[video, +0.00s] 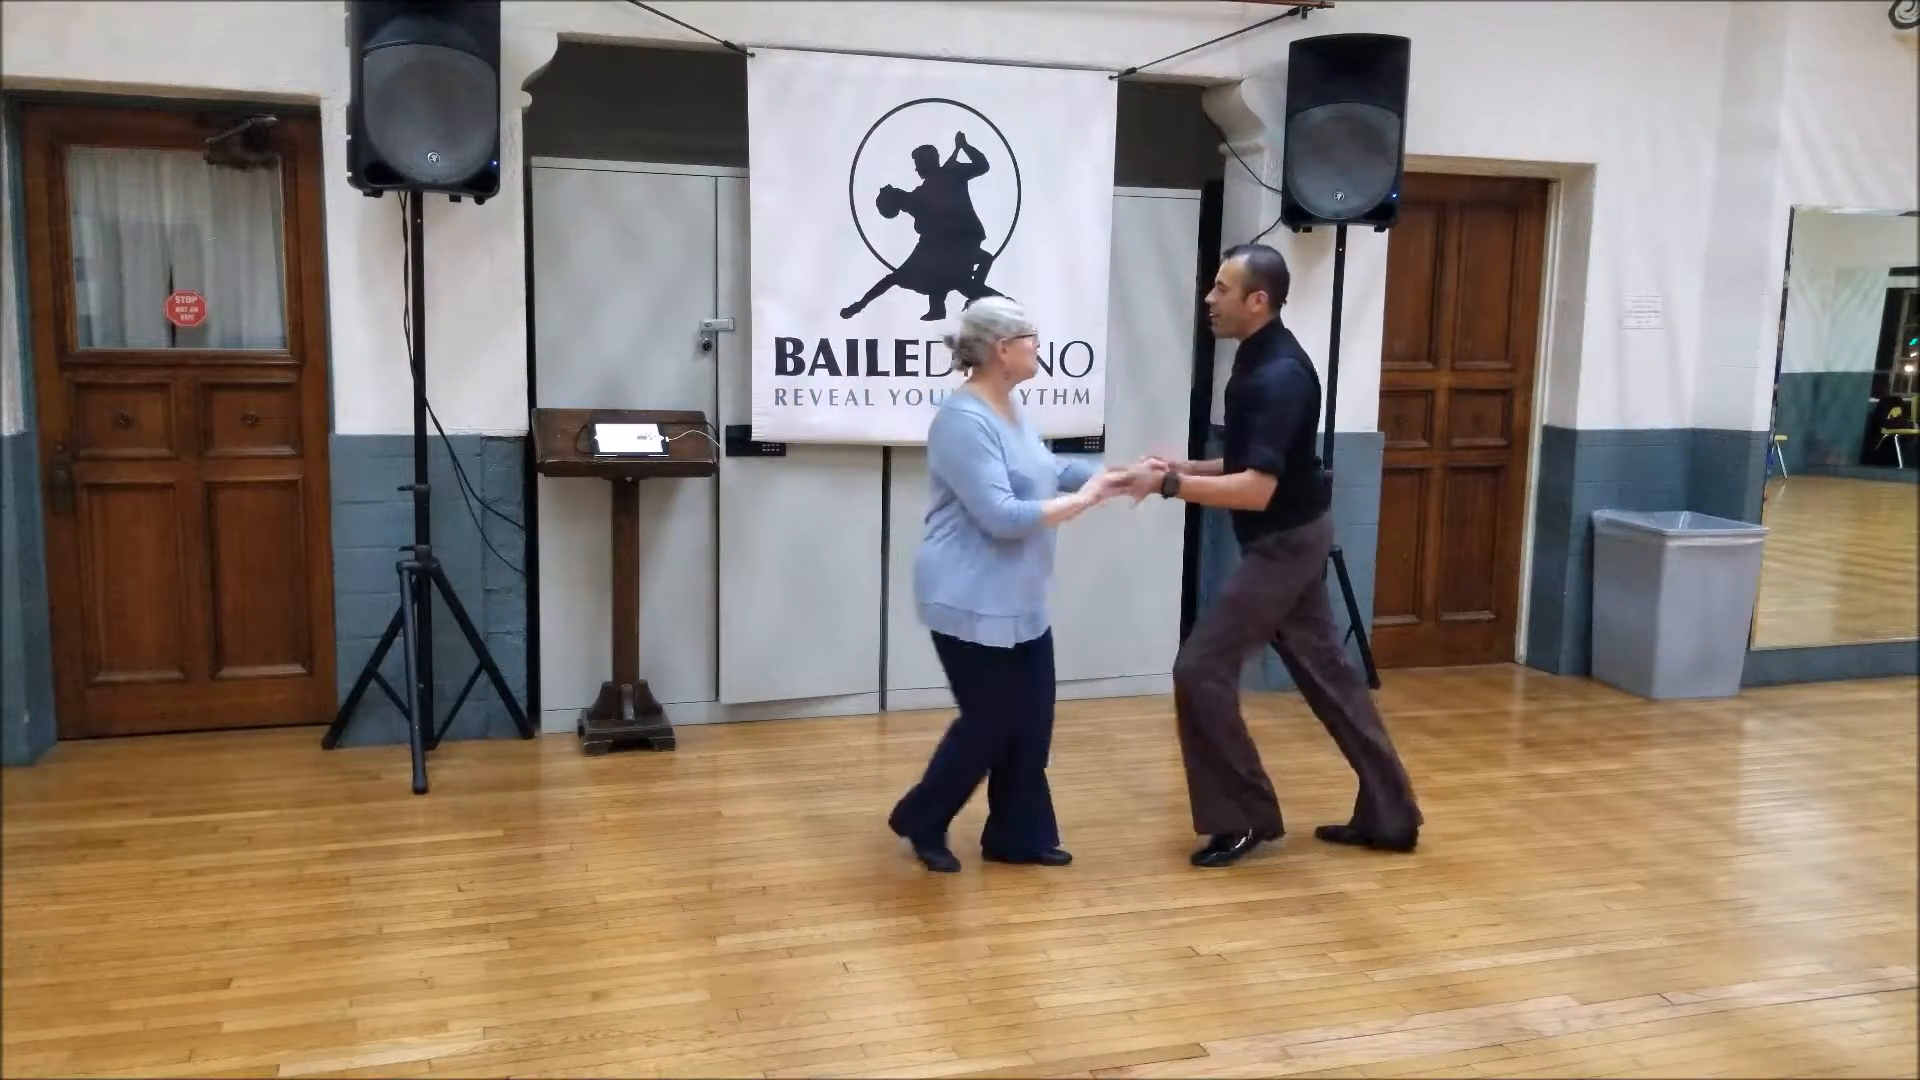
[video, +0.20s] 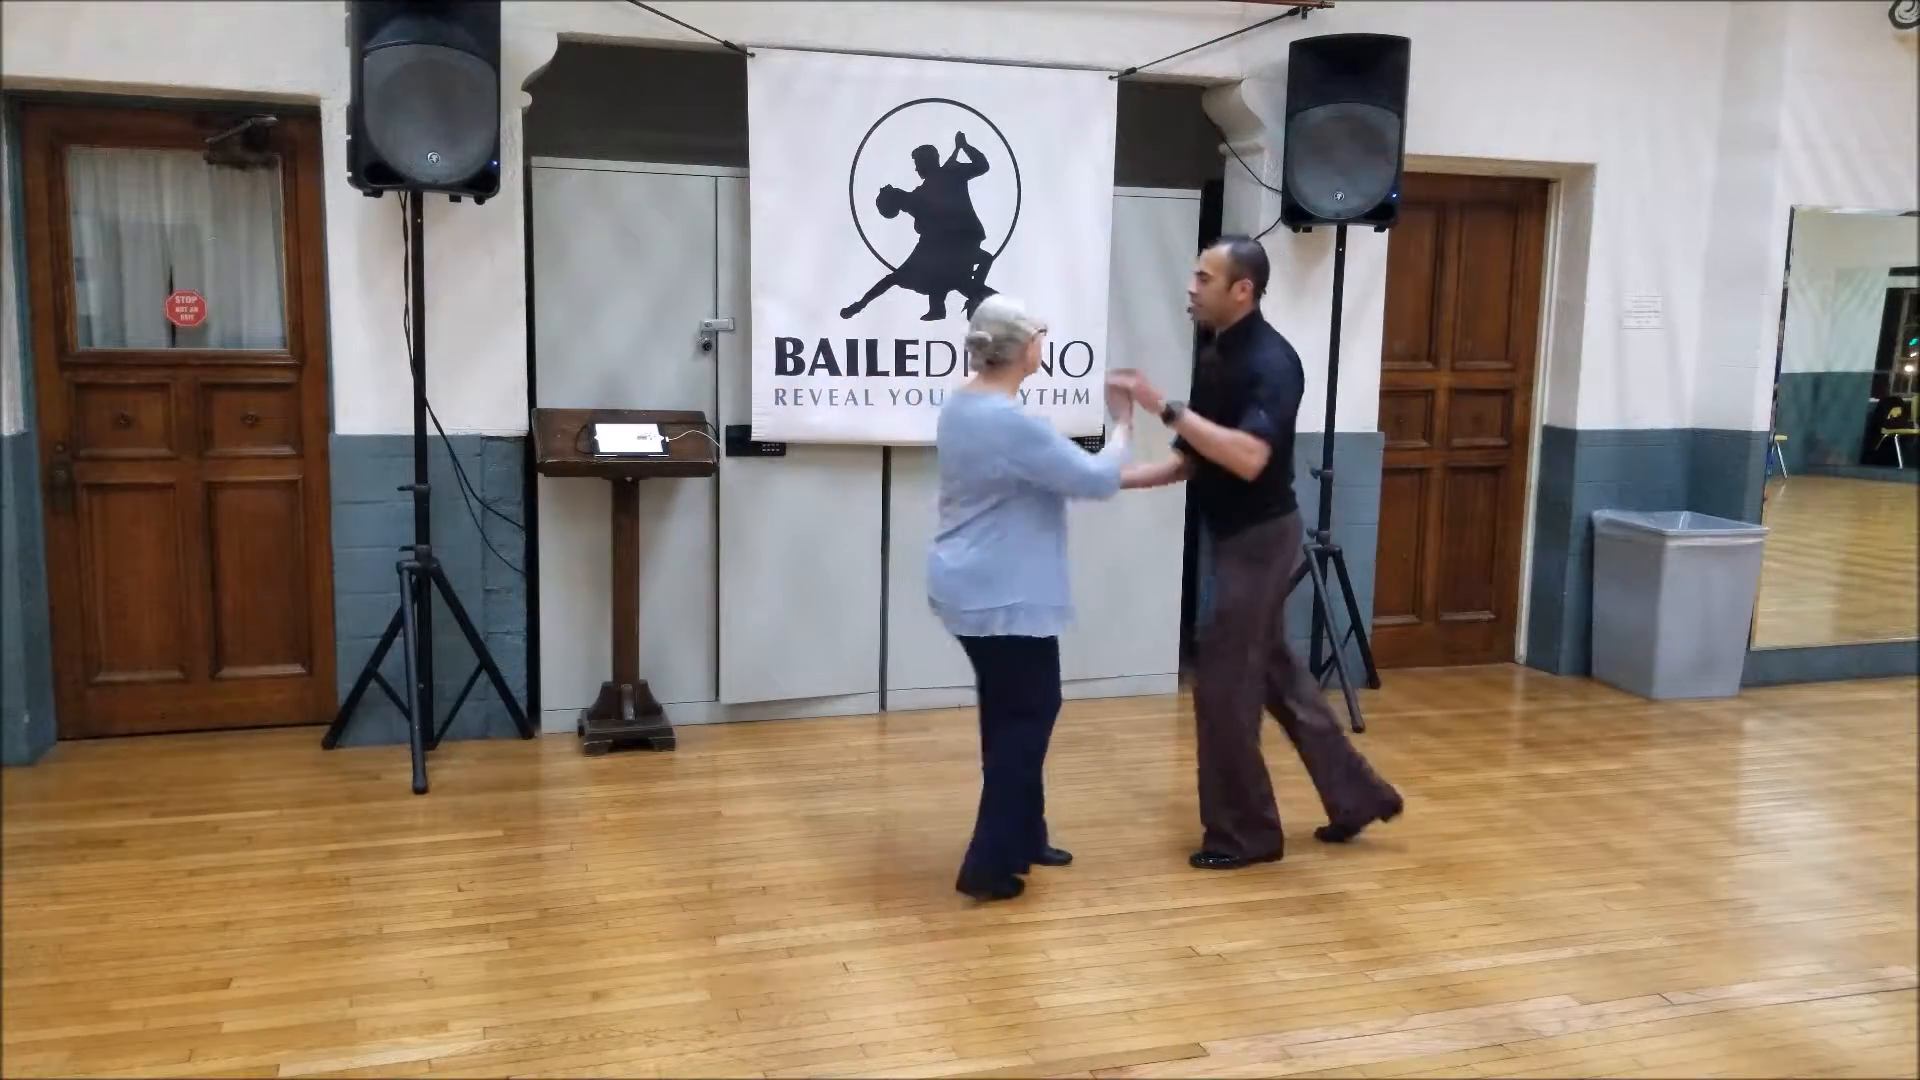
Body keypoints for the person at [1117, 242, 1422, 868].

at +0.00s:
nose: (1209, 299)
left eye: (1220, 290)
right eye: (1212, 287)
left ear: (1258, 302)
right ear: (1254, 300)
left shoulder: (1279, 372)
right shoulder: (1258, 360)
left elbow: (1258, 489)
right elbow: (1245, 461)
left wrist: (1173, 484)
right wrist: (1188, 464)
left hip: (1290, 544)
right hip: (1288, 539)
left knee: (1200, 671)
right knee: (1329, 677)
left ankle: (1249, 817)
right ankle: (1390, 815)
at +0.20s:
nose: (1191, 288)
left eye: (1203, 279)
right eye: (1194, 276)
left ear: (1242, 291)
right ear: (1225, 288)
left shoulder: (1272, 360)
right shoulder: (1214, 349)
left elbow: (1249, 459)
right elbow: (1197, 453)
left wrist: (1167, 408)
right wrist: (1119, 478)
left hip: (1261, 538)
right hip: (1229, 535)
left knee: (1224, 680)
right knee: (1275, 672)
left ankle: (1246, 833)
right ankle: (1359, 795)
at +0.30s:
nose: (1180, 282)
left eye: (1193, 272)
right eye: (1183, 270)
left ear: (1232, 282)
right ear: (1222, 281)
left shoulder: (1263, 350)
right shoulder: (1202, 353)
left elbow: (1226, 425)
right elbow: (1159, 451)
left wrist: (1146, 374)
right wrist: (1077, 469)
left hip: (1254, 534)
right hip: (1216, 532)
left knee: (1235, 679)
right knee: (1225, 673)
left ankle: (1246, 833)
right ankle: (1331, 778)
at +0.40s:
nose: (1161, 276)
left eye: (1174, 266)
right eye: (1164, 264)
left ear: (1215, 275)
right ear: (1196, 274)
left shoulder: (1243, 334)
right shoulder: (1186, 350)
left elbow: (1189, 378)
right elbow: (1131, 441)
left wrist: (1111, 330)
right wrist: (1050, 459)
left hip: (1246, 535)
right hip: (1201, 535)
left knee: (1240, 682)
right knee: (1168, 666)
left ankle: (1254, 833)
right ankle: (1254, 772)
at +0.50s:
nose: (1140, 277)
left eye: (1153, 267)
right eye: (1141, 266)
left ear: (1194, 275)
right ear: (1173, 273)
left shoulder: (1221, 331)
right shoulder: (1167, 346)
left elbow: (1144, 341)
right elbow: (1113, 439)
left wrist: (1070, 298)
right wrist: (1030, 451)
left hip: (1227, 531)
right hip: (1178, 532)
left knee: (1239, 680)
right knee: (1132, 668)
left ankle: (1258, 833)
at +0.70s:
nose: (1092, 283)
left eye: (1105, 273)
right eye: (1096, 272)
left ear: (1144, 280)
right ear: (1139, 282)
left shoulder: (1161, 335)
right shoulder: (1134, 356)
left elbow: (1060, 310)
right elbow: (1098, 460)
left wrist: (978, 271)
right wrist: (1000, 463)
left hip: (1166, 537)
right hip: (1126, 536)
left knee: (1166, 680)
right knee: (1082, 676)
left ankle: (1238, 815)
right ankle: (1069, 824)